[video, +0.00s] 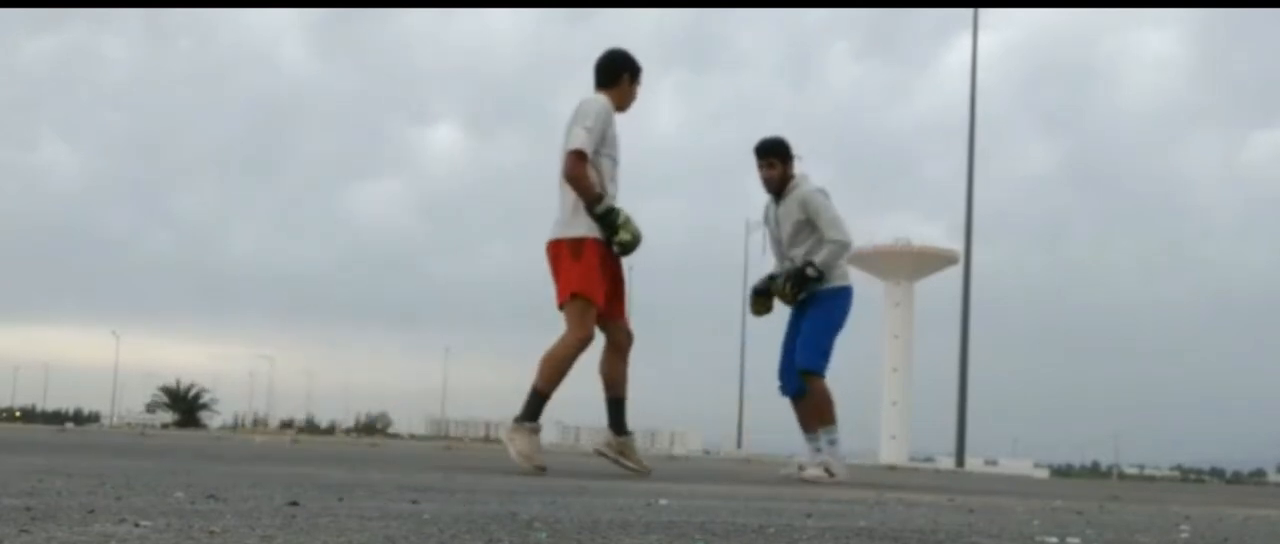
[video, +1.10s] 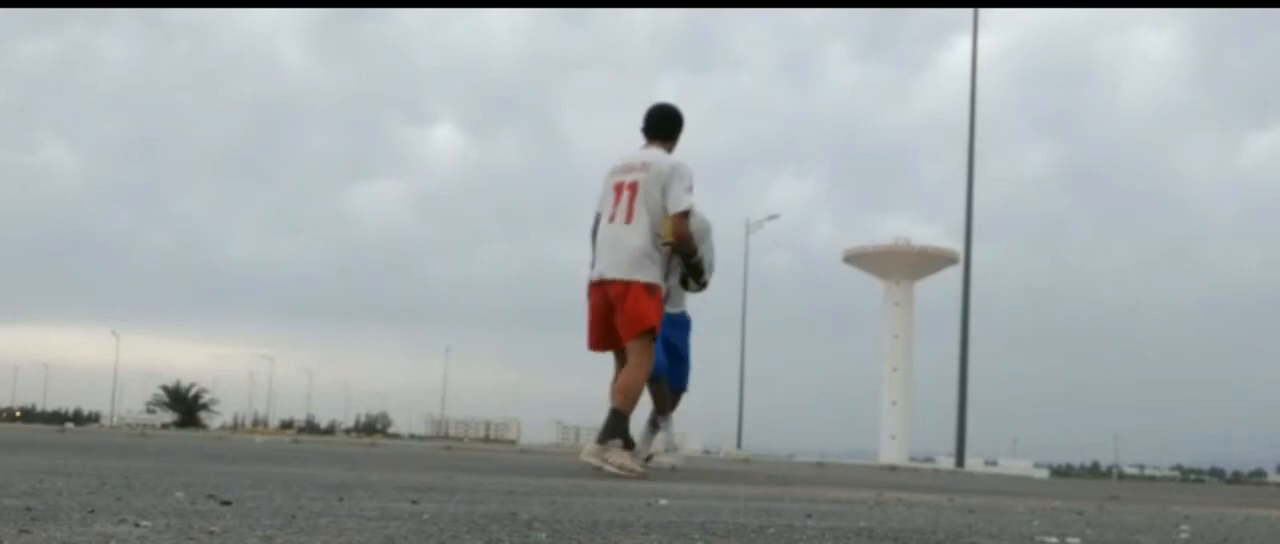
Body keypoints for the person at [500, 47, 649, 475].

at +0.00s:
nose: (636, 94)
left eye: (637, 85)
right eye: (635, 84)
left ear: (608, 78)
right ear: (623, 80)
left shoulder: (604, 119)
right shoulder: (594, 107)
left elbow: (595, 182)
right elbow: (575, 169)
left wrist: (618, 227)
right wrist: (608, 215)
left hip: (599, 241)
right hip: (578, 237)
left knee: (619, 337)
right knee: (580, 331)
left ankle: (618, 436)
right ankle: (524, 426)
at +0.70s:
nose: (657, 110)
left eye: (655, 103)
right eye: (658, 103)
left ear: (622, 99)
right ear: (653, 102)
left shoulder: (602, 139)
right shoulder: (636, 136)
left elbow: (579, 201)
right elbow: (623, 193)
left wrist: (591, 242)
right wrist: (653, 225)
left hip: (595, 256)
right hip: (615, 256)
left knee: (626, 349)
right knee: (622, 347)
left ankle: (603, 442)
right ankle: (562, 427)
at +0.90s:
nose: (673, 128)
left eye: (670, 122)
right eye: (673, 122)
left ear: (638, 117)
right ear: (669, 121)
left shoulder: (612, 155)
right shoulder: (659, 150)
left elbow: (590, 215)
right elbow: (653, 209)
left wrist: (633, 232)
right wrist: (674, 242)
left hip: (596, 268)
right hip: (624, 269)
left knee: (627, 355)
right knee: (639, 357)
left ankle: (607, 444)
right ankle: (605, 445)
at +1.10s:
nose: (677, 141)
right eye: (679, 136)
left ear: (644, 132)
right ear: (677, 136)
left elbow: (597, 225)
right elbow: (678, 227)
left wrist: (600, 265)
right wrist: (694, 266)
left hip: (603, 272)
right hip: (639, 274)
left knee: (624, 360)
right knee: (640, 358)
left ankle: (619, 442)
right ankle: (607, 441)